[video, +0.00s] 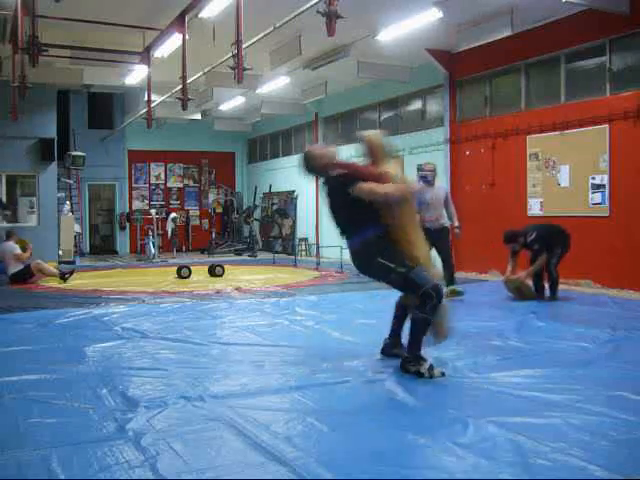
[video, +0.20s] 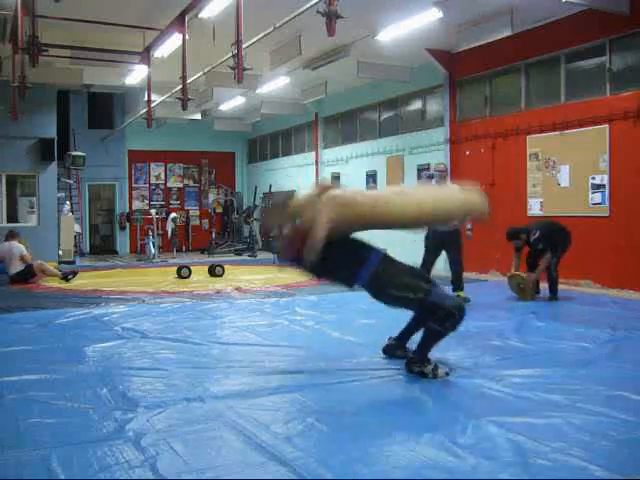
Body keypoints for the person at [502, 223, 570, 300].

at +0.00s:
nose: (513, 249)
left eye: (513, 246)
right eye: (511, 247)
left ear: (518, 240)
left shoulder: (533, 238)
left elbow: (543, 258)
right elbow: (513, 258)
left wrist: (526, 275)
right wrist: (510, 274)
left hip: (561, 240)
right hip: (545, 242)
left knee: (551, 267)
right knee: (536, 267)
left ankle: (553, 295)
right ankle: (539, 294)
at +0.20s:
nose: (516, 245)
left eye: (516, 242)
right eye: (514, 243)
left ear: (522, 237)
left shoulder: (535, 238)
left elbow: (548, 257)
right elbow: (517, 256)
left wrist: (536, 275)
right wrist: (514, 272)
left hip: (562, 238)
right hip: (548, 237)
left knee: (551, 266)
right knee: (531, 260)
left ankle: (553, 294)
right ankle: (534, 288)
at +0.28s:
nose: (518, 247)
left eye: (518, 244)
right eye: (515, 245)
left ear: (523, 238)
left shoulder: (536, 239)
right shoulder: (521, 237)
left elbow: (547, 260)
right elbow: (519, 254)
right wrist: (515, 270)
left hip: (560, 238)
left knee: (552, 264)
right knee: (531, 260)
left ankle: (553, 293)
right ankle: (528, 287)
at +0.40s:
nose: (519, 250)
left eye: (519, 247)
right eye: (517, 248)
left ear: (524, 241)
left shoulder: (537, 243)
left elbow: (545, 265)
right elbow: (519, 256)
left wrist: (543, 288)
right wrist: (515, 269)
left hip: (559, 237)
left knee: (553, 267)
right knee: (530, 263)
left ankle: (553, 294)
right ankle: (528, 289)